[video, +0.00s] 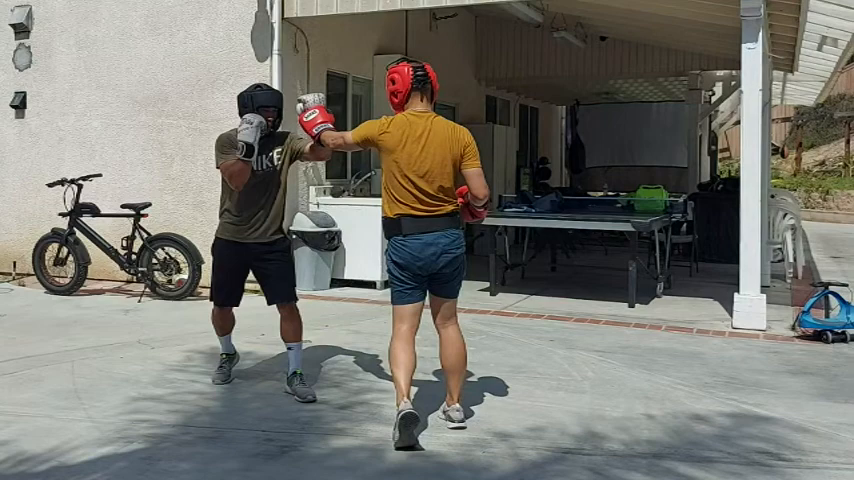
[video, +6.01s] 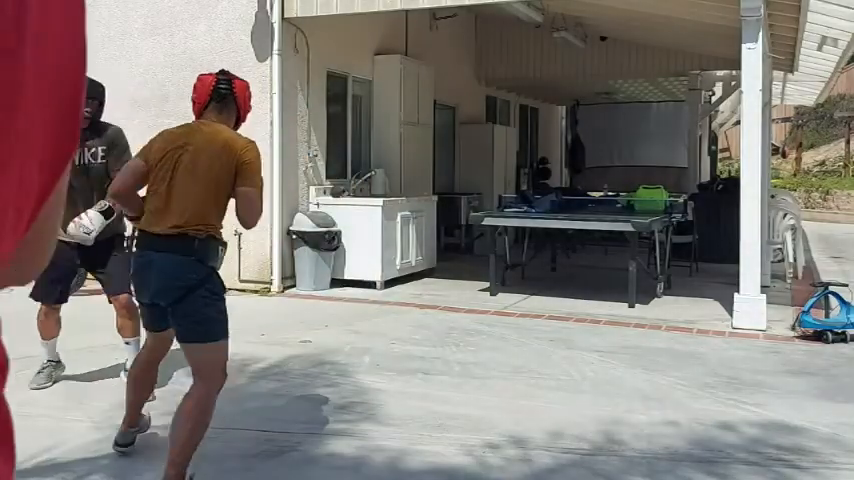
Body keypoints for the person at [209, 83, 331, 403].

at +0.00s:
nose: (270, 119)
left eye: (275, 114)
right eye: (264, 113)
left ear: (279, 116)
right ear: (247, 114)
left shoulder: (286, 141)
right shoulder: (228, 141)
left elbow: (322, 153)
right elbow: (236, 180)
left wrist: (317, 121)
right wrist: (248, 144)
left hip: (273, 240)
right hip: (231, 240)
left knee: (287, 304)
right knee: (221, 307)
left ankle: (295, 374)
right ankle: (227, 353)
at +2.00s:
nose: (218, 159)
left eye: (218, 152)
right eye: (215, 152)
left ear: (187, 148)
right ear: (200, 152)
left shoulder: (176, 174)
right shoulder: (174, 168)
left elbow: (188, 231)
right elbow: (195, 225)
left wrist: (215, 200)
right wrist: (219, 195)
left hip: (157, 270)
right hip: (127, 271)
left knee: (207, 309)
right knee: (136, 345)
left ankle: (206, 383)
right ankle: (73, 410)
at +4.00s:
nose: (184, 136)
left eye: (183, 130)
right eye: (178, 131)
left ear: (162, 137)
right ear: (160, 137)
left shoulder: (186, 160)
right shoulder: (130, 167)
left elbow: (224, 174)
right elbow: (150, 214)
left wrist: (245, 164)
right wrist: (181, 185)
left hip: (174, 265)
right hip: (130, 266)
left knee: (227, 305)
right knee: (90, 334)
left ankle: (222, 370)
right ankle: (29, 404)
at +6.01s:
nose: (88, 109)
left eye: (94, 104)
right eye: (84, 102)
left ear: (101, 106)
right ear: (71, 104)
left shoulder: (111, 136)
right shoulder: (54, 135)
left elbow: (124, 184)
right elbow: (41, 184)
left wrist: (101, 213)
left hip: (106, 235)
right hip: (61, 236)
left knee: (124, 301)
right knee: (49, 304)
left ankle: (133, 362)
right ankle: (51, 361)